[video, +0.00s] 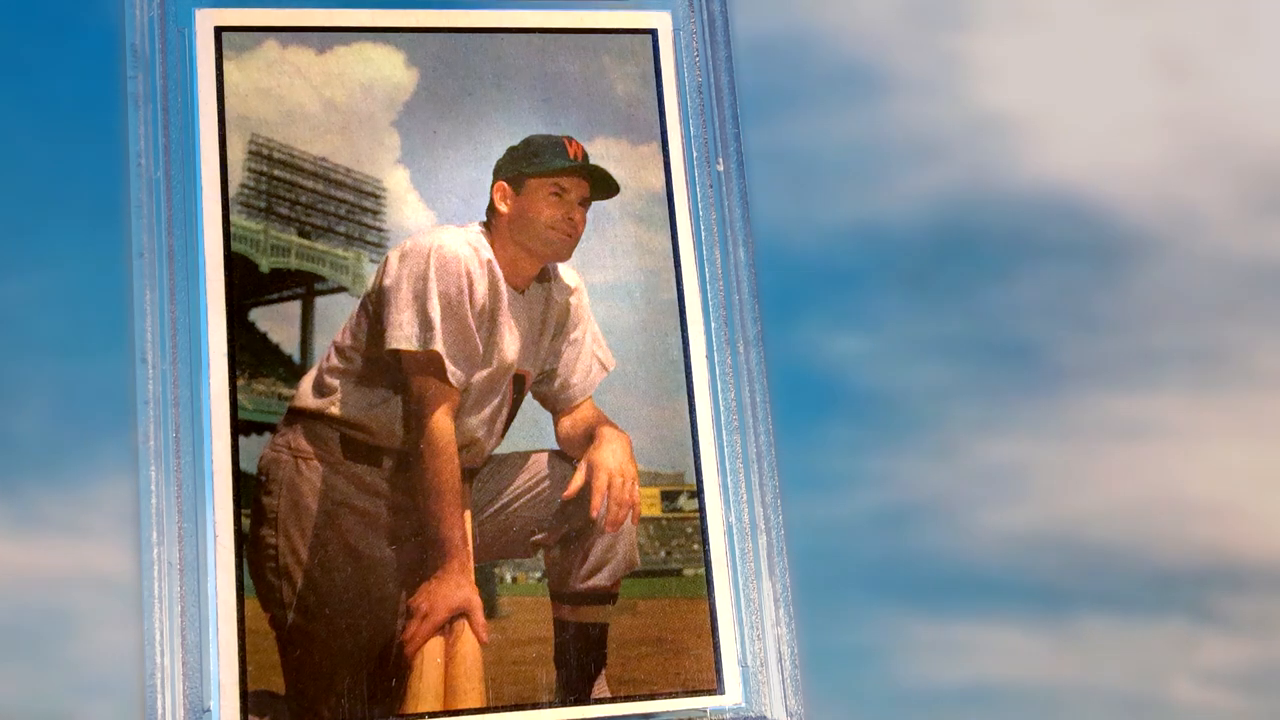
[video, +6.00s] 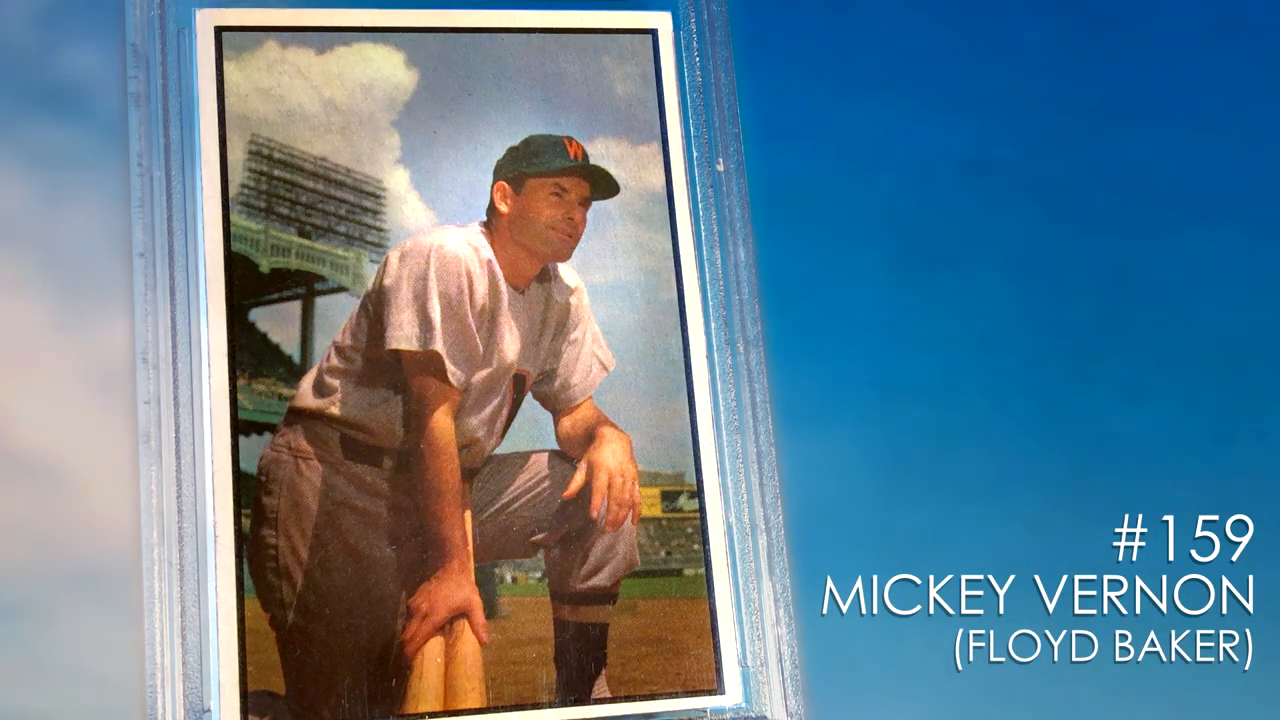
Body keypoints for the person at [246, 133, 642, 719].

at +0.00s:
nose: (576, 215)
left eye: (583, 204)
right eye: (557, 193)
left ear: (586, 218)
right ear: (504, 197)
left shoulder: (560, 294)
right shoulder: (441, 256)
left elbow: (574, 416)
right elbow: (433, 418)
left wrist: (609, 434)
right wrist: (454, 565)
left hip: (439, 486)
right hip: (334, 478)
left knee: (596, 487)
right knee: (347, 701)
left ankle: (580, 693)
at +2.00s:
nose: (576, 215)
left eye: (584, 203)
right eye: (557, 193)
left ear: (587, 217)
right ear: (504, 197)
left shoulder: (560, 295)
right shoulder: (442, 256)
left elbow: (575, 416)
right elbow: (432, 419)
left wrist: (609, 434)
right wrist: (454, 566)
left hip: (439, 486)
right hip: (335, 480)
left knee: (594, 487)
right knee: (346, 704)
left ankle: (580, 696)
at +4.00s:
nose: (576, 215)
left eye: (584, 204)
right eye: (557, 194)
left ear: (587, 217)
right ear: (505, 198)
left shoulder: (560, 295)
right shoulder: (441, 256)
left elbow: (575, 417)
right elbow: (432, 420)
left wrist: (609, 434)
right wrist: (454, 565)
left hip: (441, 486)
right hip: (335, 479)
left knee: (594, 487)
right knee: (347, 700)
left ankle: (581, 698)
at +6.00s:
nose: (576, 215)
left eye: (584, 203)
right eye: (558, 193)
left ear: (586, 217)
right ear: (505, 197)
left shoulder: (560, 296)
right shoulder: (441, 256)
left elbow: (575, 416)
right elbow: (431, 420)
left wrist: (609, 435)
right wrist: (454, 566)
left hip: (439, 486)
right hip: (334, 478)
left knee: (595, 488)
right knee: (349, 705)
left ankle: (580, 696)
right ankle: (243, 707)